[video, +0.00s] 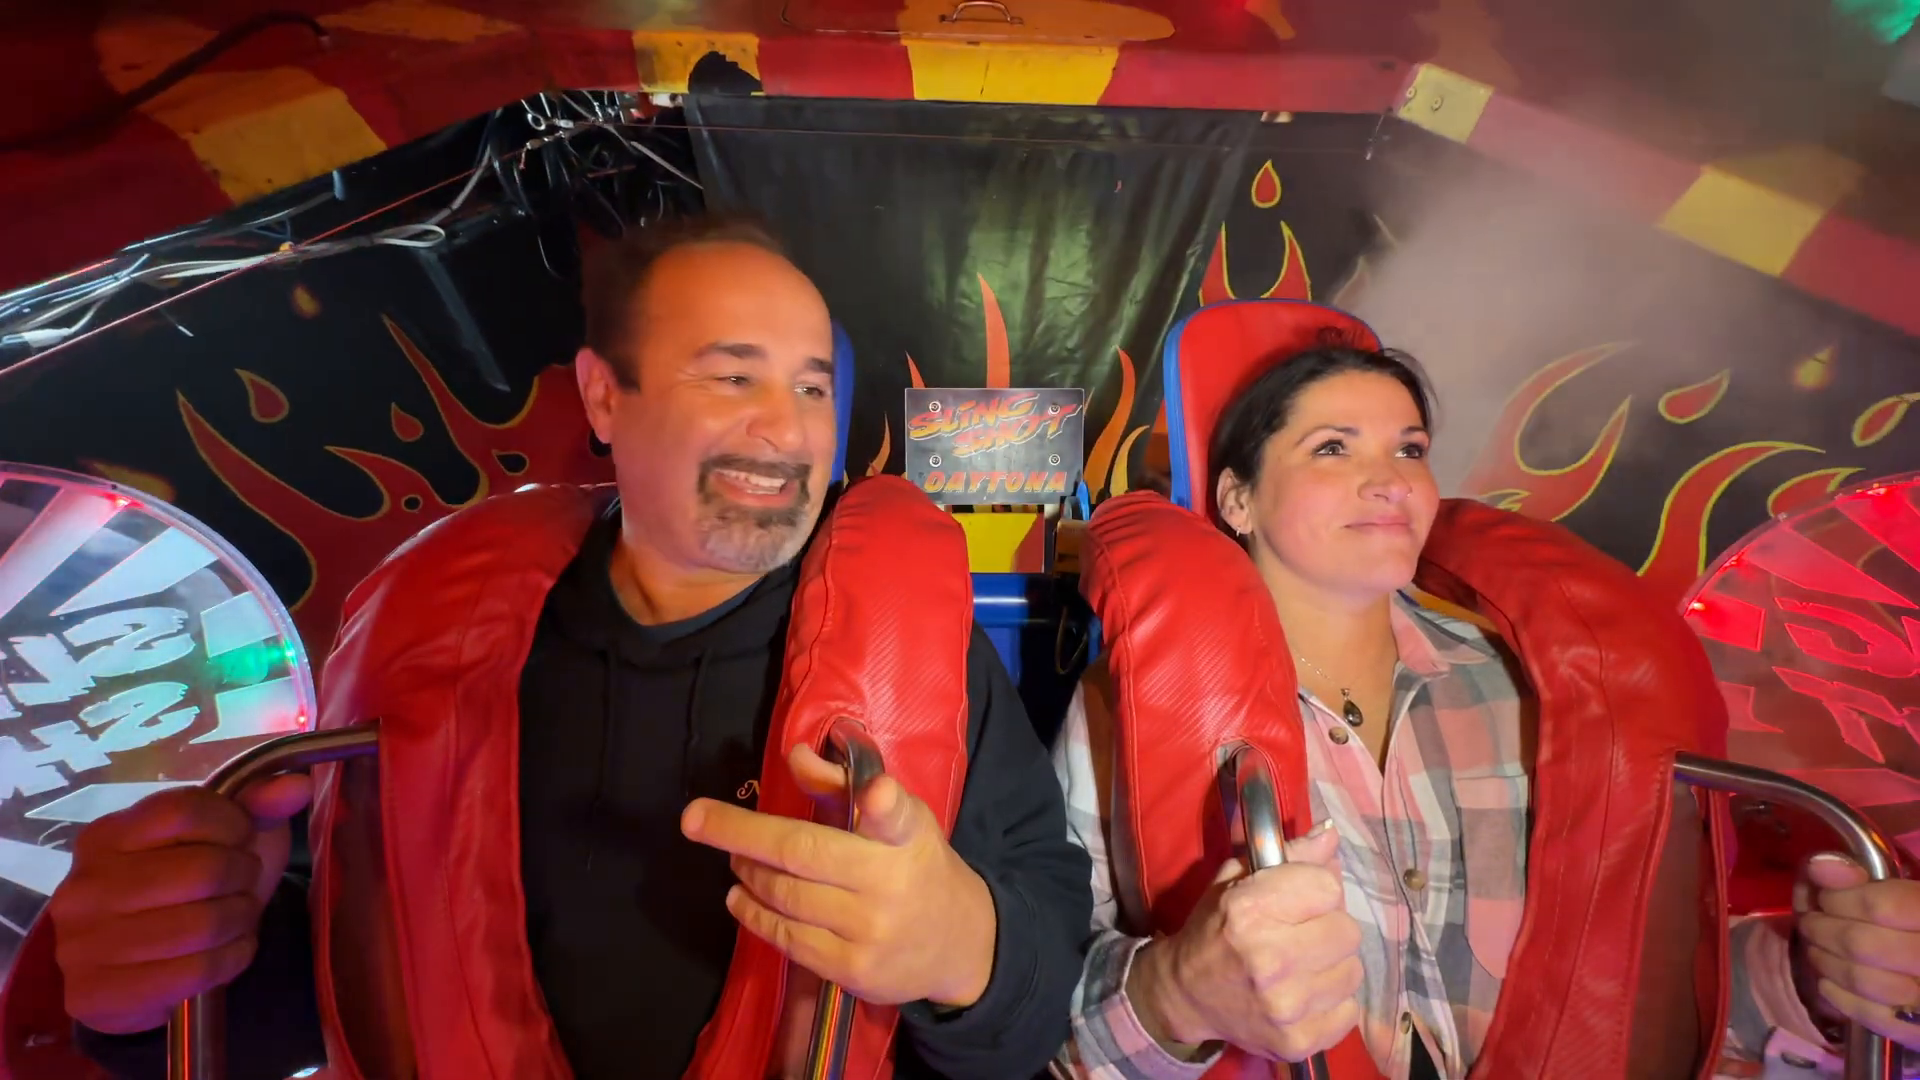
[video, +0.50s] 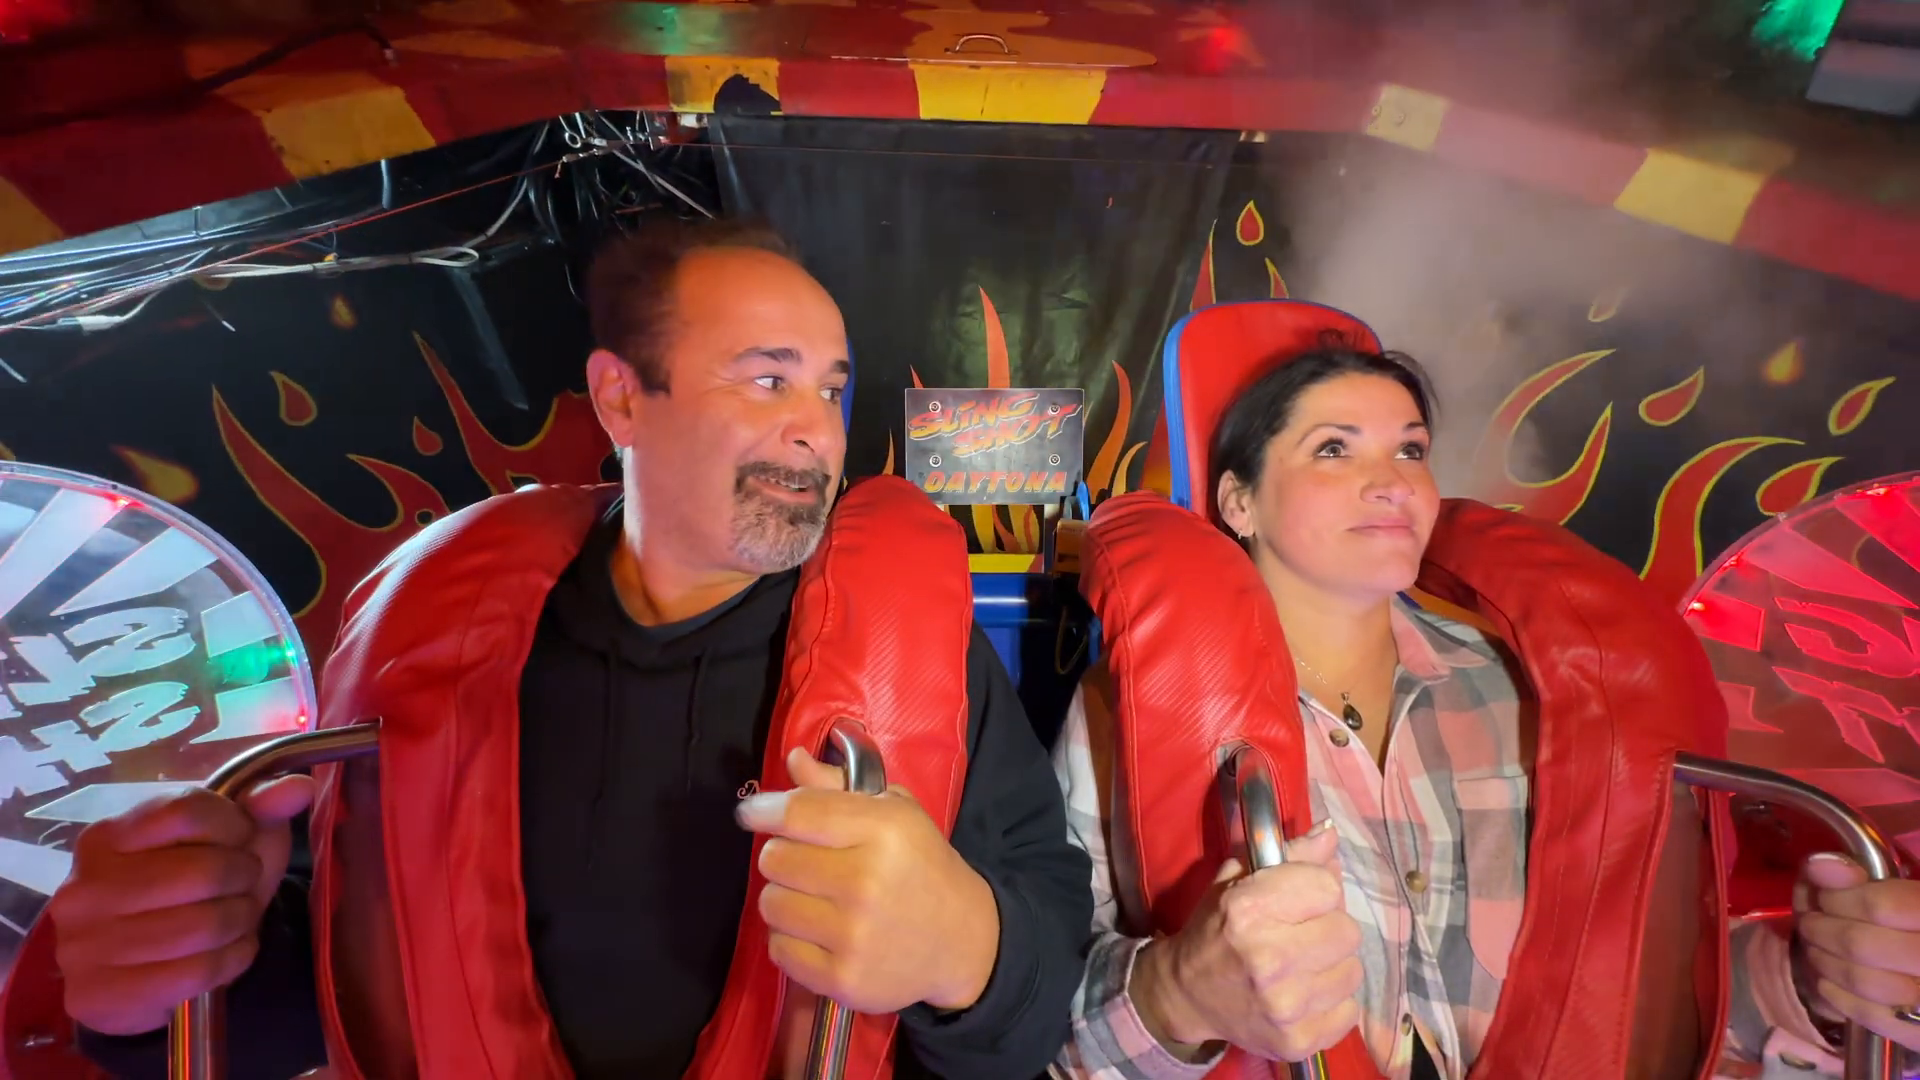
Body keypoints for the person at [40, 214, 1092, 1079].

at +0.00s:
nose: (784, 426)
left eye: (813, 386)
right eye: (730, 375)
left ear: (839, 421)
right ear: (604, 404)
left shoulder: (927, 664)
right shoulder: (433, 628)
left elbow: (1042, 1002)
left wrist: (972, 949)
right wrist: (112, 976)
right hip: (482, 1061)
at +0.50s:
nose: (817, 433)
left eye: (833, 390)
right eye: (762, 378)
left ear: (850, 410)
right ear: (620, 400)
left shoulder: (918, 654)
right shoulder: (428, 626)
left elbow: (1044, 980)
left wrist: (977, 949)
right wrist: (106, 982)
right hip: (484, 1056)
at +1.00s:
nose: (785, 440)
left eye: (811, 395)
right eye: (728, 391)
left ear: (838, 415)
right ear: (601, 412)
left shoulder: (918, 653)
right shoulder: (437, 633)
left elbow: (1041, 1006)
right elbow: (317, 991)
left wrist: (978, 955)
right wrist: (122, 977)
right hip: (497, 1062)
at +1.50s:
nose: (633, 413)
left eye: (696, 366)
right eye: (602, 372)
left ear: (798, 421)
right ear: (560, 426)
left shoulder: (919, 647)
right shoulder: (419, 638)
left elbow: (1041, 1003)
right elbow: (310, 1003)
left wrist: (978, 955)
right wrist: (133, 976)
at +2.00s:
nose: (674, 403)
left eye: (728, 362)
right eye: (629, 366)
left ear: (805, 418)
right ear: (572, 426)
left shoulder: (927, 654)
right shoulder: (416, 634)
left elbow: (1044, 1012)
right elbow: (295, 990)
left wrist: (980, 949)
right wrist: (109, 985)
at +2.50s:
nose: (656, 350)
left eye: (713, 324)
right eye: (626, 331)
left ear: (808, 410)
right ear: (589, 413)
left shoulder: (930, 662)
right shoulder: (423, 633)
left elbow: (1042, 1019)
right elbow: (297, 988)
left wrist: (979, 954)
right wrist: (108, 989)